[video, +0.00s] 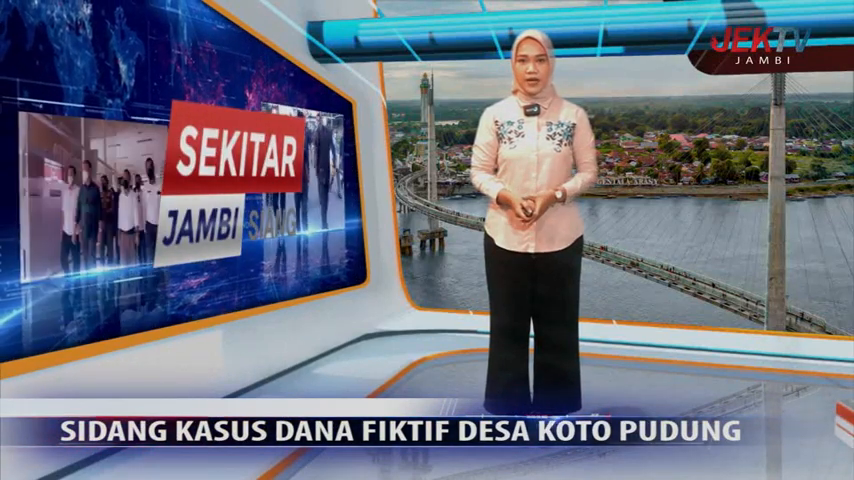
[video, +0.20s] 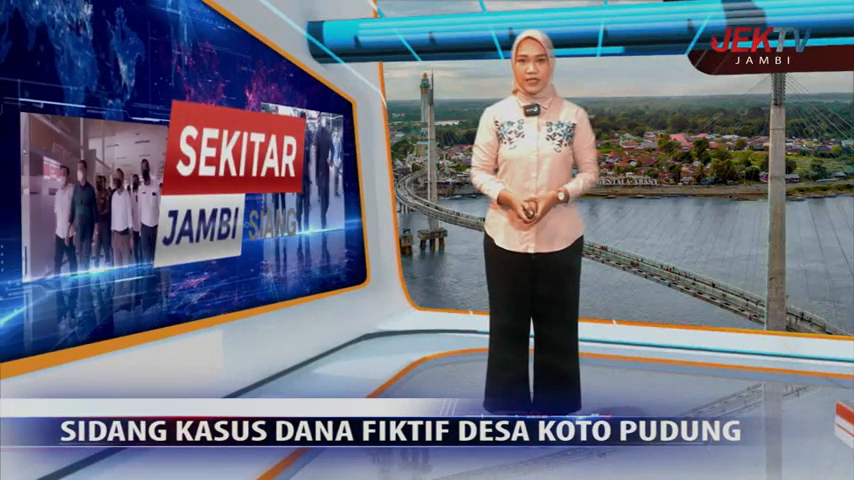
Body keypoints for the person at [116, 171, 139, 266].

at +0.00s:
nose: (124, 182)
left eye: (126, 179)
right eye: (122, 179)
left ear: (129, 181)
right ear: (121, 182)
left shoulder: (133, 194)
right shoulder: (119, 193)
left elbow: (136, 211)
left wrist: (137, 228)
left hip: (131, 228)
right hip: (121, 229)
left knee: (131, 254)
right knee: (123, 254)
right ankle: (123, 273)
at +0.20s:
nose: (116, 184)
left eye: (118, 181)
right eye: (114, 181)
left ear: (122, 182)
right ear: (113, 183)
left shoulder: (126, 195)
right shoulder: (113, 195)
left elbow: (129, 211)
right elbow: (113, 212)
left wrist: (130, 226)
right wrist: (112, 227)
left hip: (124, 229)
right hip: (115, 229)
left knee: (126, 255)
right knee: (116, 255)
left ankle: (126, 274)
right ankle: (117, 273)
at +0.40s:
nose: (114, 195)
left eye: (115, 193)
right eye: (113, 193)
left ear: (119, 192)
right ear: (112, 192)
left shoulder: (124, 201)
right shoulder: (111, 202)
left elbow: (127, 217)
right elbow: (109, 218)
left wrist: (129, 232)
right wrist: (108, 232)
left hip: (123, 234)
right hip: (113, 234)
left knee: (123, 260)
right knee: (114, 260)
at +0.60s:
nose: (113, 190)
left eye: (115, 188)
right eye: (112, 188)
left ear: (119, 190)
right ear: (110, 191)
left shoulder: (124, 204)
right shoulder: (109, 204)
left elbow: (127, 220)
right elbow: (108, 220)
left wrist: (128, 234)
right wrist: (106, 235)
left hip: (122, 236)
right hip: (112, 236)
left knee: (122, 262)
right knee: (113, 262)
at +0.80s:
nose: (114, 184)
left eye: (116, 181)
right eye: (112, 181)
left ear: (120, 184)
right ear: (111, 183)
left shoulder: (124, 199)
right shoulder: (110, 199)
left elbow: (127, 215)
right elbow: (108, 215)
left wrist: (128, 231)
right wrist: (107, 230)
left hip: (122, 232)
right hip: (111, 232)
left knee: (121, 259)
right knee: (112, 259)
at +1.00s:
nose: (115, 187)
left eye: (118, 185)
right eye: (114, 184)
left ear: (122, 187)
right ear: (112, 186)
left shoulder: (126, 203)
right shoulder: (111, 202)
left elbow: (128, 221)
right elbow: (109, 219)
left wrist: (129, 238)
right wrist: (108, 236)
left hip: (122, 240)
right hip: (112, 239)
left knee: (122, 266)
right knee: (112, 266)